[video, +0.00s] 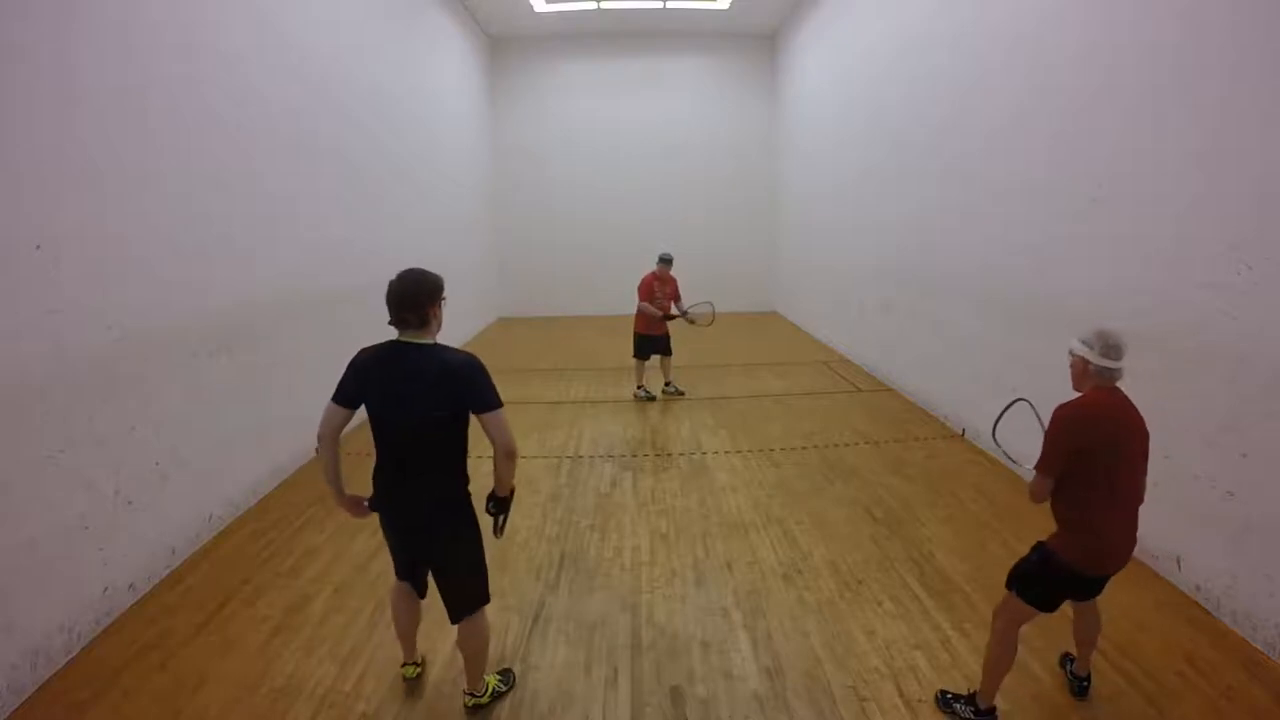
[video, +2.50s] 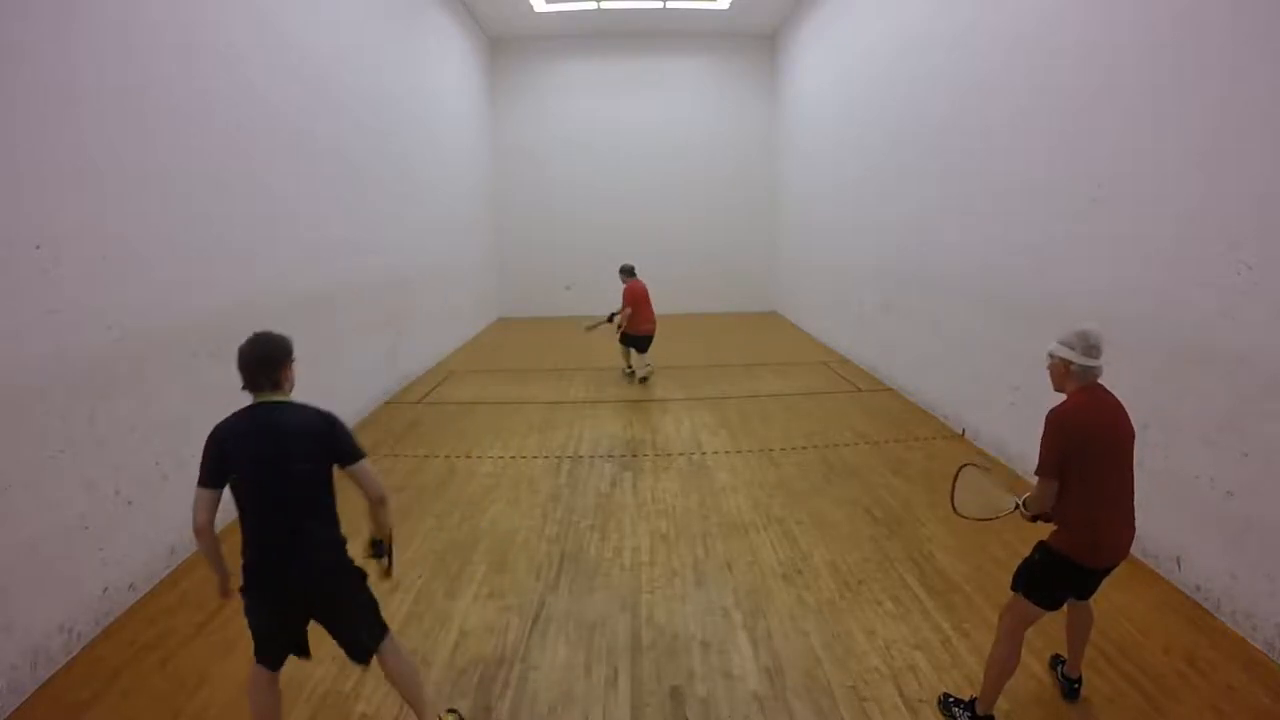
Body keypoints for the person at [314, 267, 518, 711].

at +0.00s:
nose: (443, 310)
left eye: (440, 303)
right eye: (441, 304)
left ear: (392, 312)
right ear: (435, 311)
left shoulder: (368, 362)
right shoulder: (462, 366)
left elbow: (327, 432)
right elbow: (505, 446)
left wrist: (339, 495)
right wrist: (502, 495)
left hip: (394, 503)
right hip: (446, 505)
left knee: (406, 577)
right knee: (468, 602)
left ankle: (409, 661)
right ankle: (476, 688)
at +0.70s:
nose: (422, 310)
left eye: (420, 303)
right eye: (420, 304)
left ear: (375, 316)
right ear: (414, 312)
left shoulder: (362, 362)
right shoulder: (442, 362)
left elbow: (336, 419)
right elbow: (483, 434)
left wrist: (377, 431)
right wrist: (486, 480)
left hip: (392, 487)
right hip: (440, 484)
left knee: (414, 569)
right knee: (477, 569)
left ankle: (430, 649)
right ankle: (490, 662)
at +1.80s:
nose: (396, 296)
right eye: (394, 289)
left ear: (345, 302)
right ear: (391, 296)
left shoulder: (326, 358)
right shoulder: (423, 344)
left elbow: (305, 441)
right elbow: (461, 420)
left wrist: (347, 471)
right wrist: (459, 485)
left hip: (363, 508)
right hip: (425, 503)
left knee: (362, 602)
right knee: (470, 599)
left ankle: (368, 690)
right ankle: (508, 686)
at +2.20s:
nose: (354, 303)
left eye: (351, 295)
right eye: (352, 296)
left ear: (301, 306)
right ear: (346, 303)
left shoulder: (274, 360)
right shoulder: (375, 354)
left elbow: (234, 437)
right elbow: (428, 428)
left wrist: (285, 475)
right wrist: (437, 495)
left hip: (307, 520)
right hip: (370, 513)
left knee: (312, 621)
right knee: (427, 610)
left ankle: (319, 715)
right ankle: (476, 701)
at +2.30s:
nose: (336, 311)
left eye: (333, 303)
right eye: (334, 304)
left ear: (283, 314)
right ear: (327, 311)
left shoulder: (257, 369)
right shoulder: (357, 363)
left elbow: (217, 448)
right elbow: (414, 436)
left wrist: (258, 497)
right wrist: (425, 496)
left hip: (292, 526)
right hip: (355, 519)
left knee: (289, 629)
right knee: (409, 616)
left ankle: (286, 716)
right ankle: (456, 707)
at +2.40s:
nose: (317, 344)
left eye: (313, 337)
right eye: (316, 338)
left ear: (266, 348)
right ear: (310, 344)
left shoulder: (244, 407)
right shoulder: (341, 396)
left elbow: (211, 492)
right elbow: (404, 467)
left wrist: (242, 546)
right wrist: (418, 519)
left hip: (282, 558)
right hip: (346, 552)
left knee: (269, 658)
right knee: (397, 642)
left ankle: (261, 718)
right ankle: (438, 715)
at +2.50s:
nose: (294, 370)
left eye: (291, 364)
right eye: (292, 365)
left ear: (244, 378)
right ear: (287, 372)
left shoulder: (225, 436)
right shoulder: (319, 423)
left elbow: (202, 525)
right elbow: (376, 494)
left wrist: (222, 576)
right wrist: (380, 538)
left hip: (267, 578)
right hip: (327, 570)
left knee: (265, 667)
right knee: (383, 644)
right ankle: (429, 713)